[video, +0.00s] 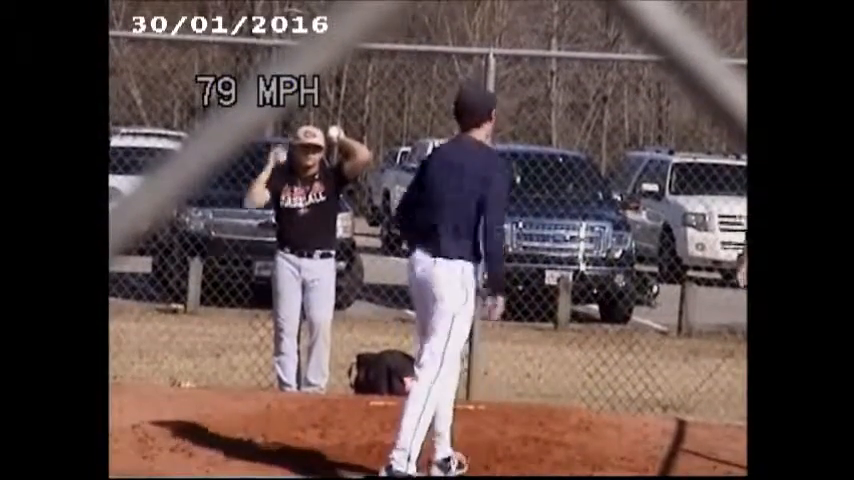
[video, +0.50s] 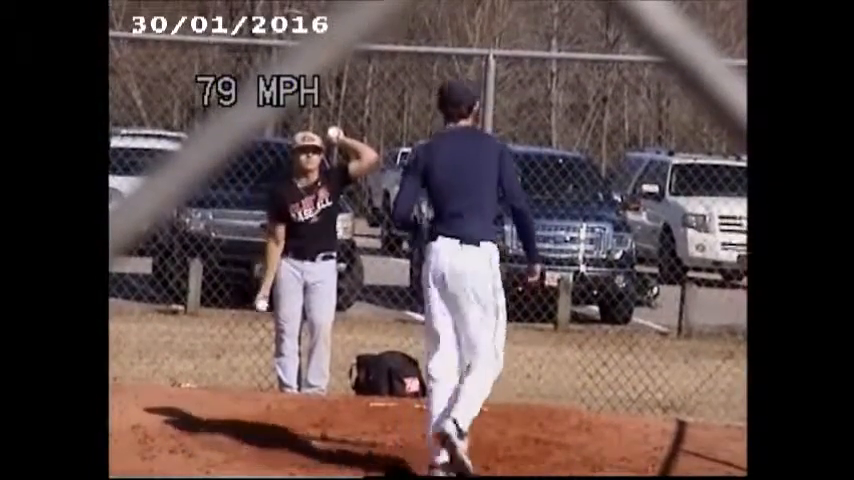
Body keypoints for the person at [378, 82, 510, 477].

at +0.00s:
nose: (496, 120)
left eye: (492, 113)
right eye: (495, 114)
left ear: (457, 116)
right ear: (491, 118)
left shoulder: (436, 156)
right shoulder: (493, 165)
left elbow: (405, 214)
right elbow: (492, 229)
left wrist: (424, 247)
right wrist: (496, 286)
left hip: (421, 261)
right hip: (456, 268)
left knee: (446, 361)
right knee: (433, 364)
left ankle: (443, 452)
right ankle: (400, 459)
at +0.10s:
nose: (492, 126)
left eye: (486, 120)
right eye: (491, 121)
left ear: (453, 123)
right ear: (487, 124)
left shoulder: (434, 161)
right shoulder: (498, 167)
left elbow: (397, 219)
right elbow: (507, 233)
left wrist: (414, 256)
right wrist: (519, 290)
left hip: (422, 267)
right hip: (461, 273)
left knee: (438, 365)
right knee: (432, 368)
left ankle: (441, 456)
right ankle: (401, 461)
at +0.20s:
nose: (480, 125)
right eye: (482, 119)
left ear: (447, 123)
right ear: (482, 123)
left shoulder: (431, 161)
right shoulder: (499, 164)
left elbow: (397, 220)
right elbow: (518, 225)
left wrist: (416, 256)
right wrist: (532, 282)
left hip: (423, 261)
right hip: (463, 267)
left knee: (436, 361)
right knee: (438, 364)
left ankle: (440, 454)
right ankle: (406, 457)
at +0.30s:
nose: (479, 123)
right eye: (479, 118)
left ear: (442, 123)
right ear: (476, 122)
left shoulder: (427, 162)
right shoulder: (497, 161)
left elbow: (400, 217)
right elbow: (523, 218)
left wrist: (418, 252)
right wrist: (536, 270)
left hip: (428, 259)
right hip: (466, 263)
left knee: (435, 358)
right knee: (454, 359)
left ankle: (442, 454)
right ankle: (420, 447)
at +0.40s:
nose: (478, 120)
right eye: (477, 115)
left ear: (441, 119)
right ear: (473, 117)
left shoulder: (426, 154)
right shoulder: (495, 153)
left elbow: (401, 213)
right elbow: (521, 210)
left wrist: (421, 244)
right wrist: (535, 261)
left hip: (432, 252)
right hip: (472, 257)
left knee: (435, 349)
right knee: (475, 354)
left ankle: (440, 438)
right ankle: (438, 430)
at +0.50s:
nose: (478, 113)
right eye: (478, 108)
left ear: (442, 112)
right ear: (475, 111)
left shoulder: (426, 151)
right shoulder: (494, 148)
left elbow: (400, 213)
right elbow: (519, 204)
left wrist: (423, 228)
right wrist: (533, 258)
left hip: (437, 251)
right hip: (477, 255)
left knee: (442, 352)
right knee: (486, 353)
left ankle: (440, 454)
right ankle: (456, 423)